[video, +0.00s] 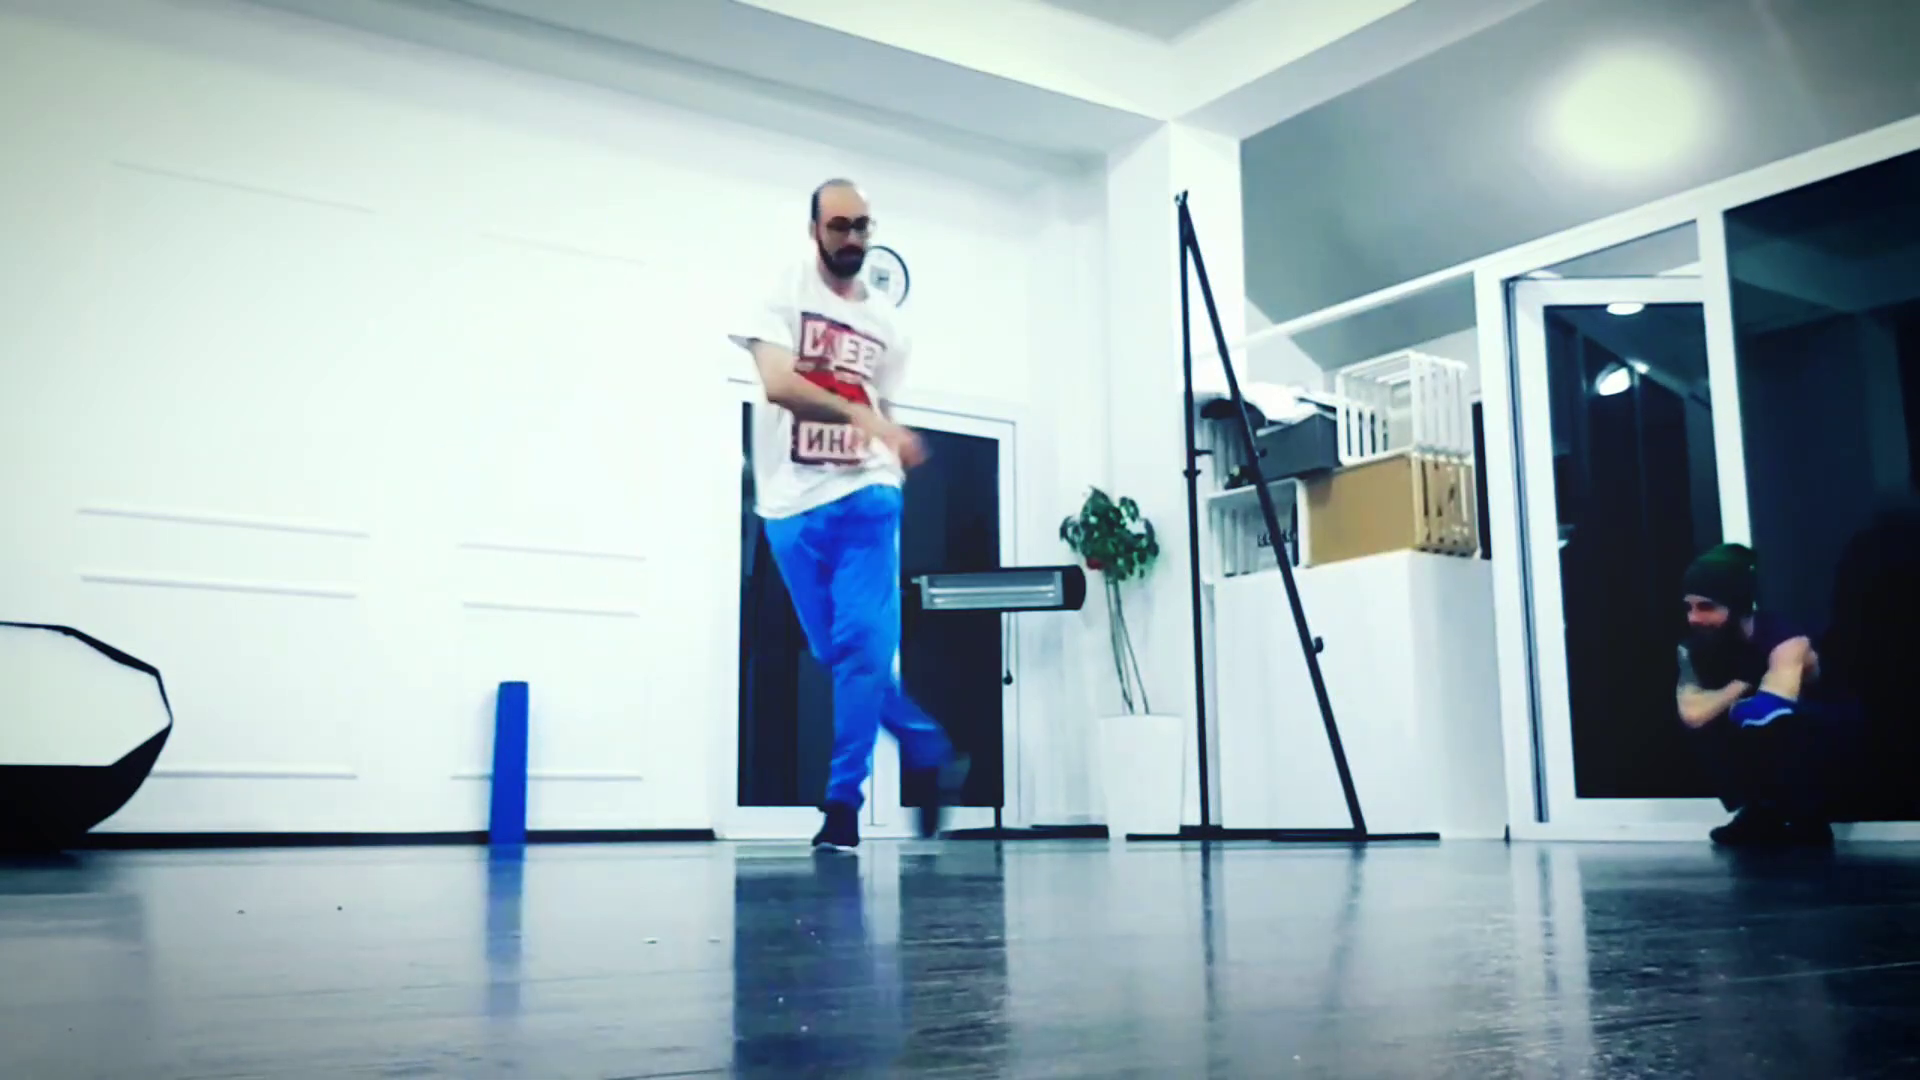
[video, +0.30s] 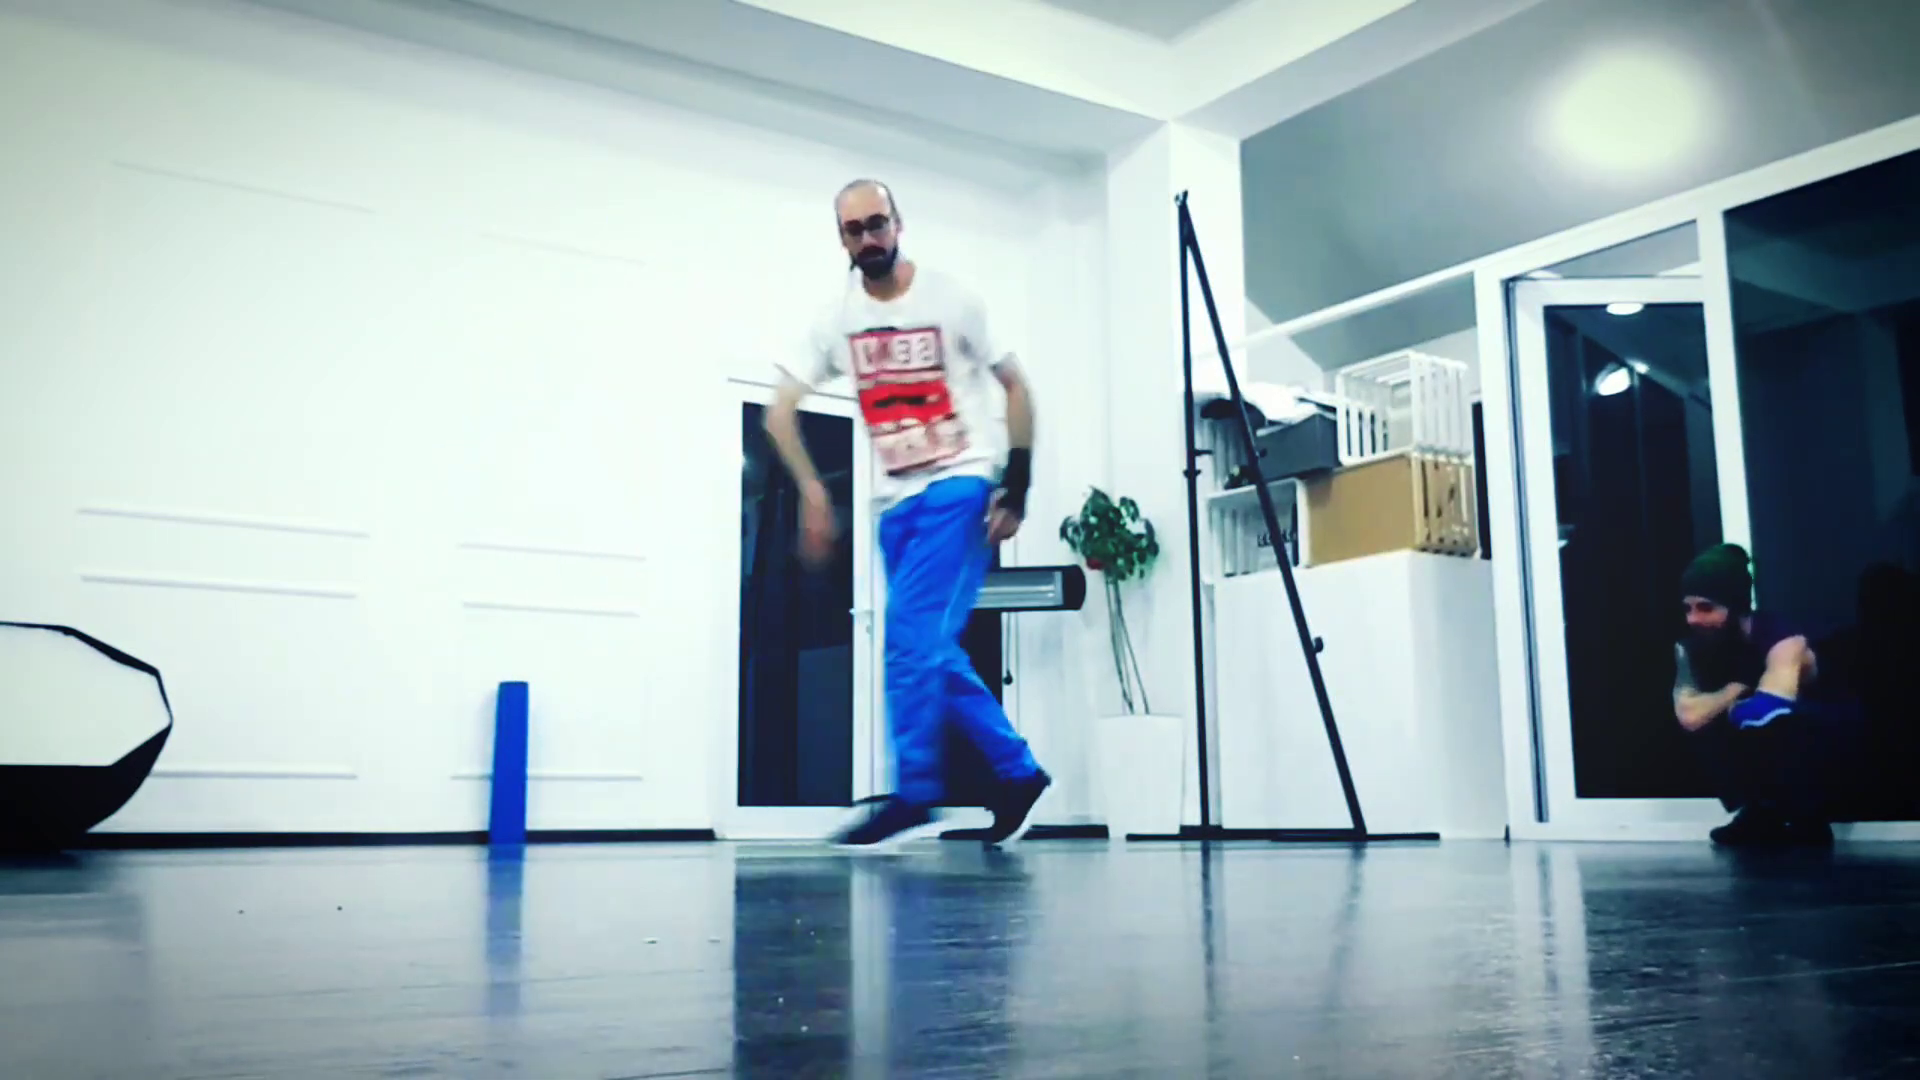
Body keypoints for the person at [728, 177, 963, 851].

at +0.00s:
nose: (851, 238)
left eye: (861, 226)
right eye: (838, 226)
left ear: (872, 230)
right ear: (814, 230)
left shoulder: (888, 326)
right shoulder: (780, 294)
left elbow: (881, 410)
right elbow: (777, 383)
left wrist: (893, 443)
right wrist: (866, 416)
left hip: (865, 493)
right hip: (789, 504)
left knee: (863, 641)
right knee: (834, 649)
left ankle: (843, 803)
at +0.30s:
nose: (867, 238)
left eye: (877, 223)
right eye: (854, 229)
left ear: (899, 224)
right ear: (841, 239)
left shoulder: (950, 300)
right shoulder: (839, 318)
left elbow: (1016, 386)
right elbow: (779, 410)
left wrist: (1017, 487)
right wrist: (813, 492)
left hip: (960, 487)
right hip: (895, 500)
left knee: (913, 635)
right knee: (925, 644)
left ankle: (914, 792)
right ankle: (1017, 775)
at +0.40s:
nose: (887, 257)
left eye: (896, 241)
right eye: (873, 249)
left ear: (920, 241)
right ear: (863, 261)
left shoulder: (981, 313)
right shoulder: (870, 344)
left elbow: (1051, 400)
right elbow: (845, 448)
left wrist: (1032, 491)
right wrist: (888, 535)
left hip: (994, 500)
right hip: (928, 511)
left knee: (935, 635)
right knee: (950, 649)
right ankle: (1020, 789)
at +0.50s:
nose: (912, 269)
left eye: (921, 254)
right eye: (899, 261)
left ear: (947, 258)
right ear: (889, 274)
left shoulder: (1002, 323)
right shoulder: (903, 359)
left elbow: (1081, 405)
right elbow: (915, 456)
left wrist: (1032, 446)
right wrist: (939, 538)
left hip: (1031, 515)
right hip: (964, 536)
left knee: (997, 657)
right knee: (968, 681)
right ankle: (1047, 809)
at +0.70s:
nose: (961, 210)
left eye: (969, 194)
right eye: (946, 203)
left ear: (993, 193)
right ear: (936, 215)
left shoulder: (1057, 250)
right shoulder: (948, 304)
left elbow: (1151, 323)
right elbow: (954, 386)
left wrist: (1071, 321)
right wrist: (972, 455)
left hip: (1099, 443)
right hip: (1029, 475)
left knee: (1091, 578)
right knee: (1051, 627)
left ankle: (1198, 683)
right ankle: (1115, 779)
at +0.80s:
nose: (1001, 205)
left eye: (1010, 190)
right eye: (987, 196)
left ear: (1033, 192)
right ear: (974, 208)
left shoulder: (1100, 258)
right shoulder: (977, 303)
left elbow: (1170, 345)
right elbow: (966, 400)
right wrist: (976, 459)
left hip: (1129, 455)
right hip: (1056, 481)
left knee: (1128, 587)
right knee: (1095, 619)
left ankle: (1190, 767)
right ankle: (1205, 776)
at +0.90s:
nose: (1046, 219)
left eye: (1057, 207)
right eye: (1033, 209)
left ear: (1079, 215)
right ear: (1017, 222)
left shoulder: (1135, 295)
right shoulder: (1007, 325)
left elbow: (1189, 399)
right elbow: (985, 432)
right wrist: (986, 405)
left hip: (1158, 482)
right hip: (1085, 513)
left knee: (1155, 617)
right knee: (1161, 647)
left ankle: (1182, 787)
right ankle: (1253, 797)